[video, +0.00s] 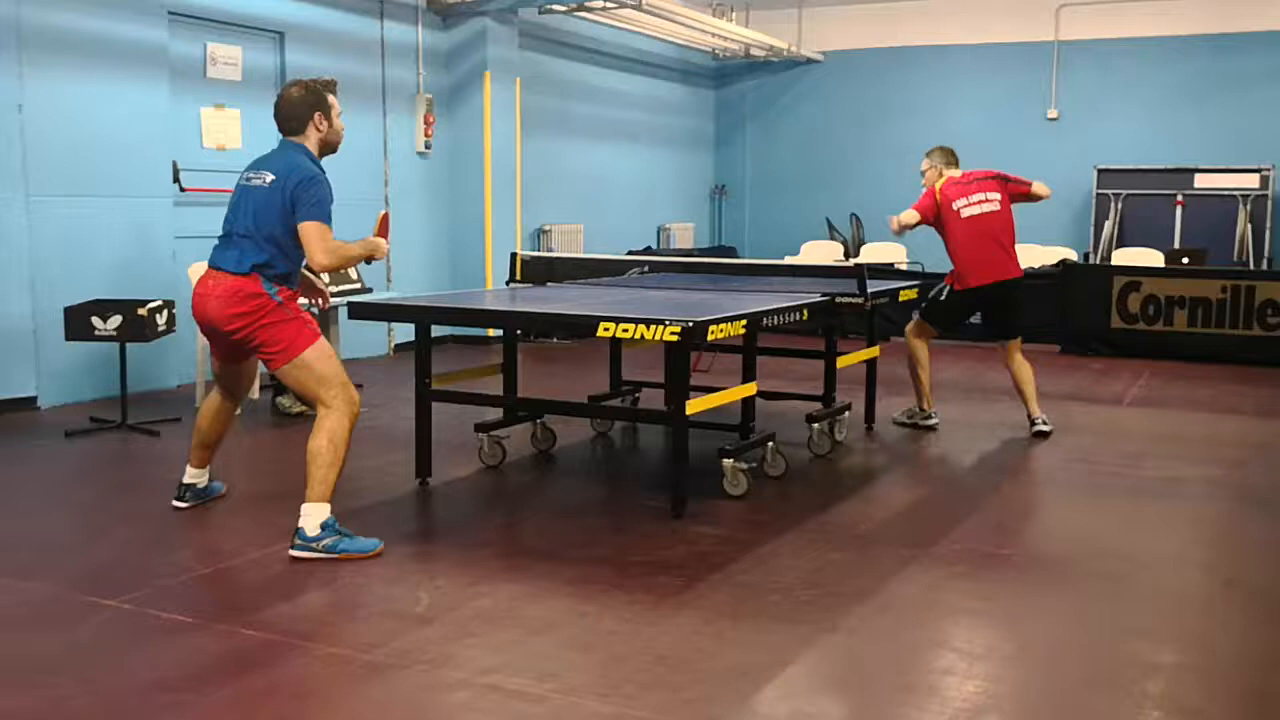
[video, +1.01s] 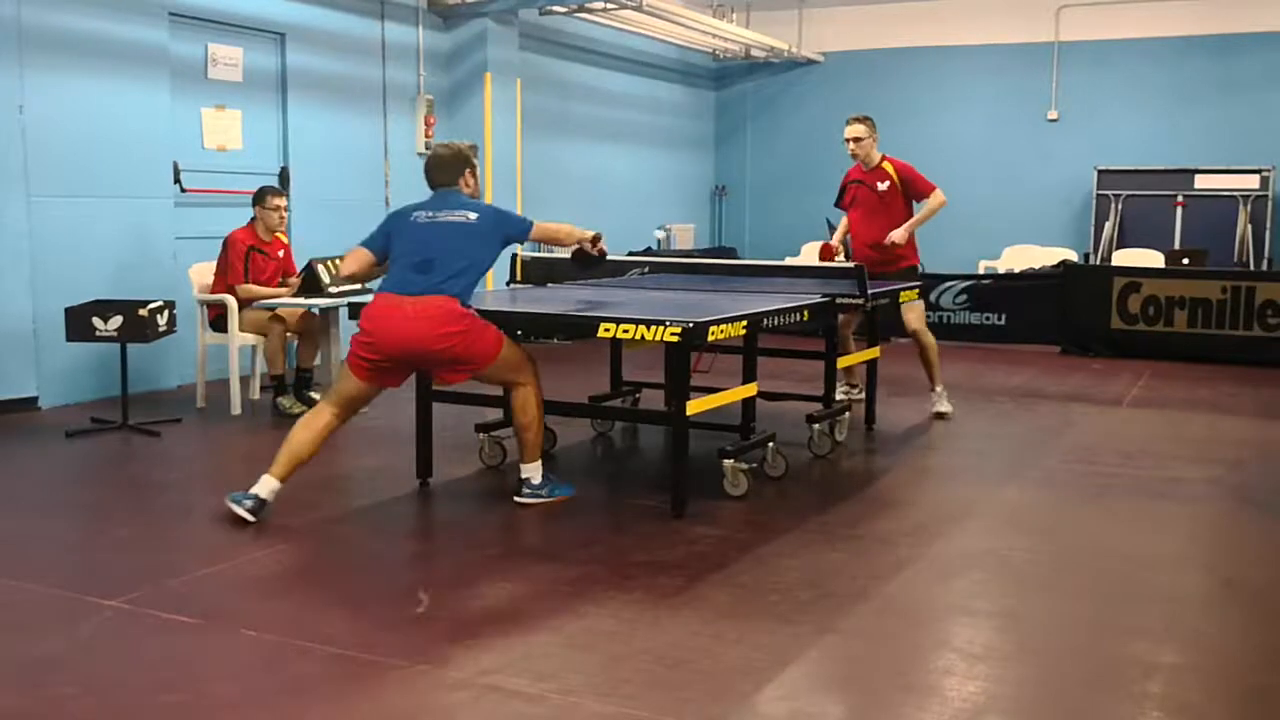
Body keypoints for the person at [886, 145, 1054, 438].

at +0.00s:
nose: (923, 181)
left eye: (924, 174)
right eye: (922, 175)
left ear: (938, 169)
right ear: (956, 167)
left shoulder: (937, 192)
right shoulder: (994, 179)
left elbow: (906, 222)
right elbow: (1043, 191)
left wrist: (898, 224)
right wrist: (1006, 194)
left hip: (970, 281)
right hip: (1009, 278)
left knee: (916, 333)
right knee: (1014, 351)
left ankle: (924, 410)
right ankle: (1037, 417)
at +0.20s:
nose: (902, 208)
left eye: (906, 200)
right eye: (900, 202)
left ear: (926, 196)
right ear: (935, 197)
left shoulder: (930, 206)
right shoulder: (967, 207)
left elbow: (929, 208)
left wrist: (941, 250)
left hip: (970, 293)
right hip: (1003, 292)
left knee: (900, 322)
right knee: (1000, 368)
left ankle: (921, 394)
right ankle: (1035, 412)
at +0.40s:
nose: (874, 198)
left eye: (879, 190)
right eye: (870, 192)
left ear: (896, 187)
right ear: (871, 194)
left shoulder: (913, 205)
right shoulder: (905, 211)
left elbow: (949, 208)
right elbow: (906, 228)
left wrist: (939, 249)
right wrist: (898, 250)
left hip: (946, 292)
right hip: (960, 289)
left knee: (885, 334)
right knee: (950, 371)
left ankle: (910, 407)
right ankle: (1017, 395)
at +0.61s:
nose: (861, 162)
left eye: (866, 155)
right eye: (857, 156)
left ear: (883, 154)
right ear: (857, 159)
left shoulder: (901, 178)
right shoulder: (882, 189)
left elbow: (944, 195)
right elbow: (878, 220)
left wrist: (921, 234)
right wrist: (866, 234)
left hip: (920, 271)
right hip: (901, 272)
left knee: (887, 335)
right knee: (887, 334)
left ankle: (911, 405)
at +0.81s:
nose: (854, 150)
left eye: (860, 143)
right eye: (851, 144)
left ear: (877, 143)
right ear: (851, 147)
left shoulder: (898, 174)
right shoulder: (860, 178)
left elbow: (942, 200)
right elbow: (856, 216)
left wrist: (913, 233)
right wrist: (841, 236)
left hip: (901, 272)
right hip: (870, 273)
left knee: (889, 327)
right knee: (847, 327)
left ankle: (927, 391)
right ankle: (853, 386)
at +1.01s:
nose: (851, 147)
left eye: (857, 140)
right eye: (847, 142)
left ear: (873, 140)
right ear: (846, 144)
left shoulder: (897, 170)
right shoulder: (851, 177)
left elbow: (937, 198)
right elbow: (850, 213)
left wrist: (906, 229)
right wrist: (836, 239)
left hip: (901, 270)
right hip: (863, 273)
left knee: (916, 327)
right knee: (843, 326)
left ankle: (937, 390)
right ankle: (853, 385)